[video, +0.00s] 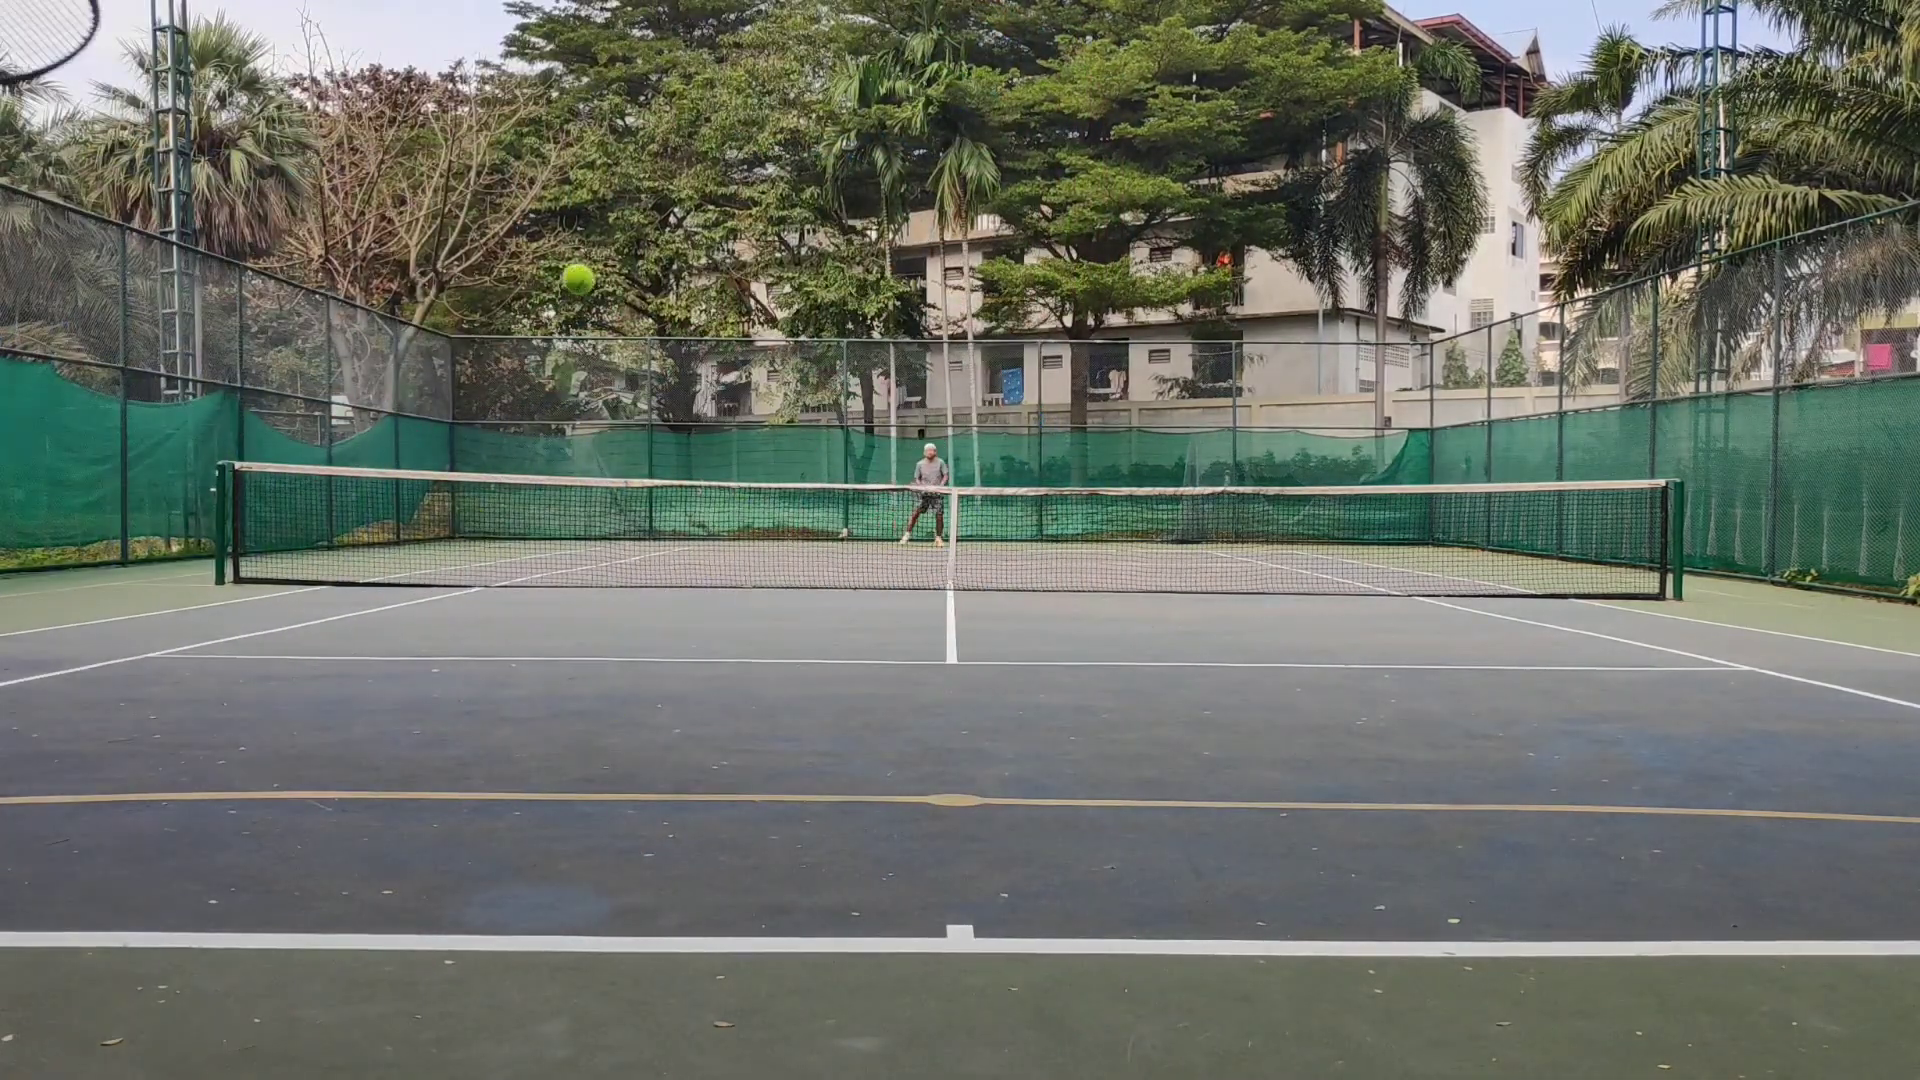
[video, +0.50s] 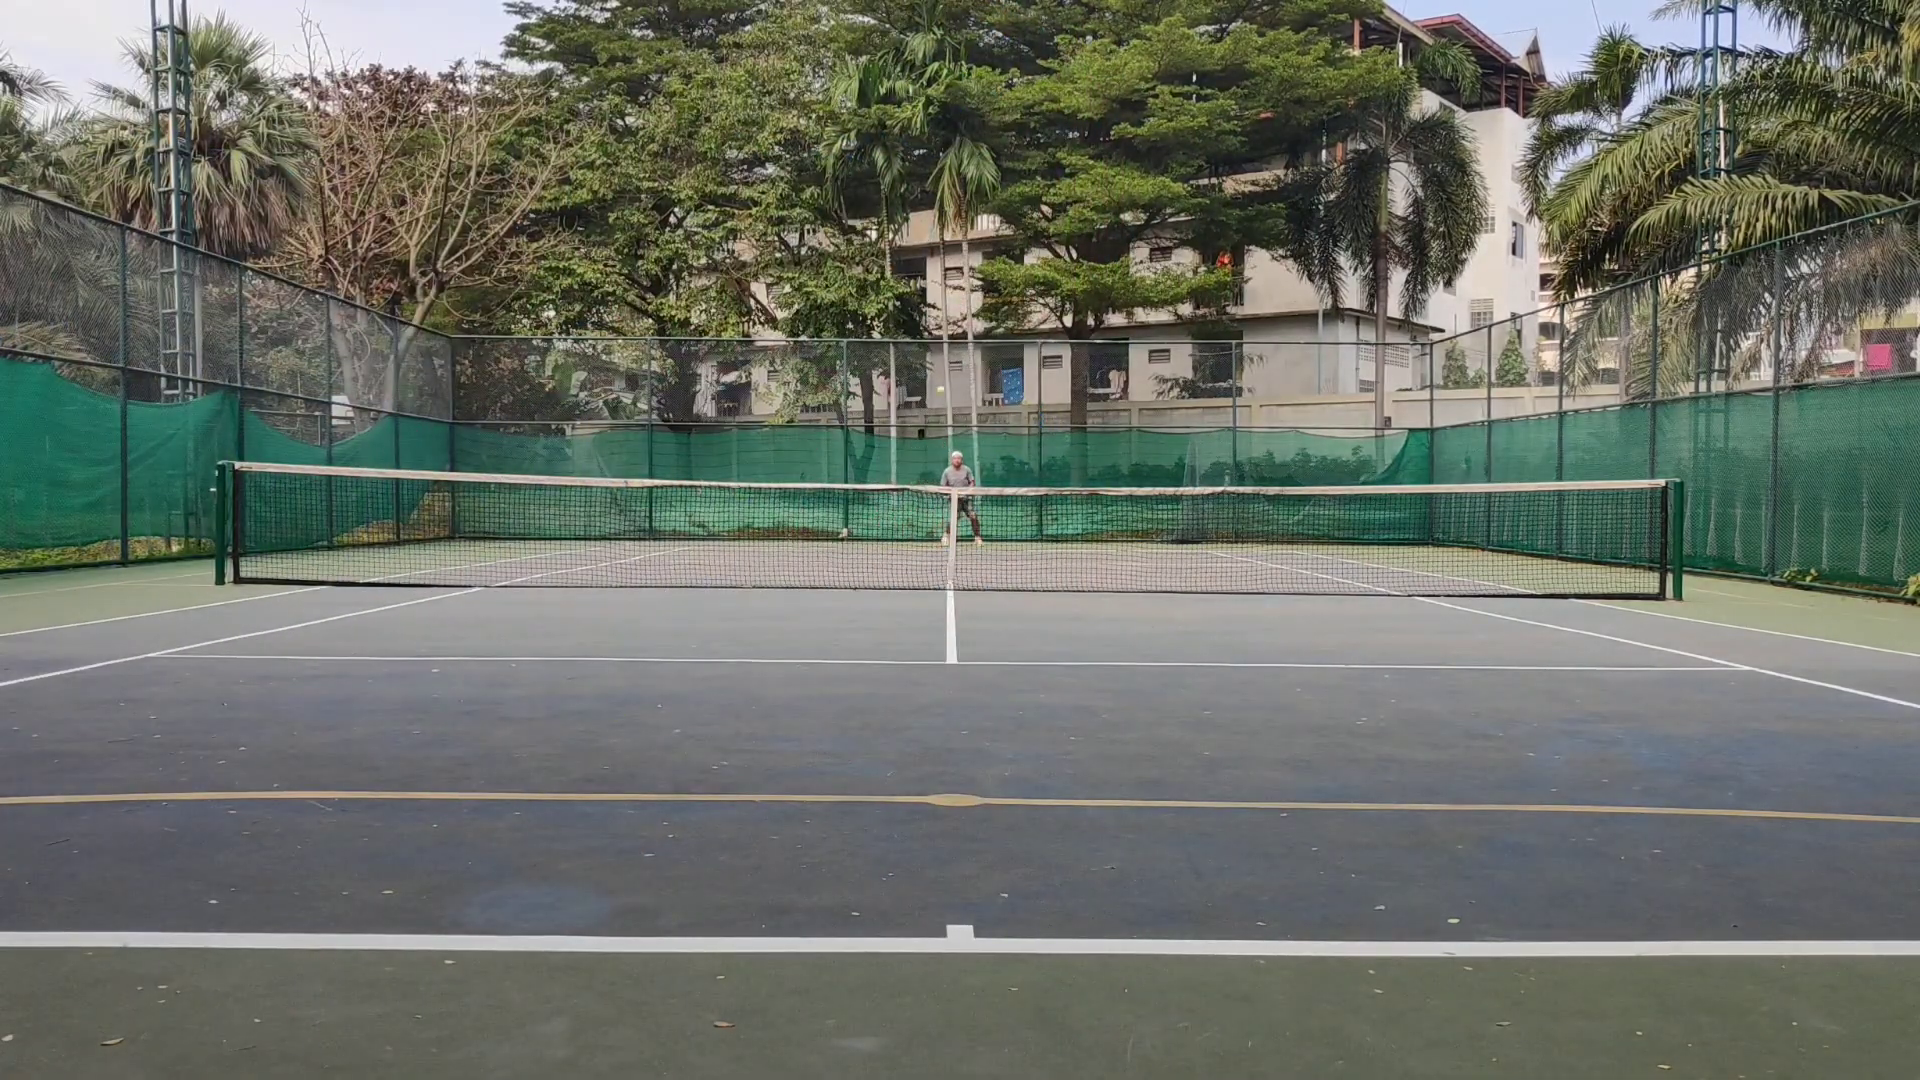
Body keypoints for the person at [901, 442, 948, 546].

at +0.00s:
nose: (930, 453)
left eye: (932, 450)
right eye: (928, 450)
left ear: (935, 452)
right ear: (924, 452)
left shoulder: (940, 462)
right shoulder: (920, 464)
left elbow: (946, 476)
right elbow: (917, 479)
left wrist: (940, 486)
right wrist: (923, 487)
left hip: (937, 492)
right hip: (925, 492)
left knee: (939, 515)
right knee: (917, 511)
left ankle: (939, 536)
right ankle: (908, 532)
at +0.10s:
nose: (935, 448)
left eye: (937, 446)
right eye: (933, 446)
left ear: (940, 447)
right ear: (930, 448)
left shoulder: (946, 458)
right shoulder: (926, 459)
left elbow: (952, 471)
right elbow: (922, 474)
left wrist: (945, 481)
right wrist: (928, 482)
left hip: (943, 486)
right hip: (930, 486)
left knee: (945, 511)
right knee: (926, 510)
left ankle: (944, 533)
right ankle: (923, 531)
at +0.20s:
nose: (940, 448)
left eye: (942, 446)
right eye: (938, 446)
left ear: (944, 447)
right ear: (934, 448)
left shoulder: (951, 458)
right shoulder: (931, 459)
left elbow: (956, 470)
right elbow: (927, 473)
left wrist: (950, 481)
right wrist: (933, 482)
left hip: (949, 486)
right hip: (937, 487)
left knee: (954, 511)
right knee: (935, 510)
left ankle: (956, 533)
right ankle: (931, 531)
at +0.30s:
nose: (945, 454)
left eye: (947, 451)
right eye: (943, 452)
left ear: (950, 453)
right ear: (940, 453)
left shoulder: (955, 463)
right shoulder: (936, 465)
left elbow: (963, 475)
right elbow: (933, 479)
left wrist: (956, 485)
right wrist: (939, 486)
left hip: (954, 492)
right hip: (942, 492)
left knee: (963, 513)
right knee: (940, 516)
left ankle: (971, 534)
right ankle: (936, 536)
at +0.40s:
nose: (951, 459)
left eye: (953, 457)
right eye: (949, 457)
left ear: (957, 458)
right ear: (946, 459)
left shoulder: (962, 468)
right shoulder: (942, 471)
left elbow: (969, 480)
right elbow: (939, 485)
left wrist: (964, 489)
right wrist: (948, 490)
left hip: (961, 495)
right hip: (949, 496)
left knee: (972, 515)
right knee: (947, 517)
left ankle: (977, 537)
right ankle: (938, 536)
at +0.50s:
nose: (957, 460)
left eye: (959, 458)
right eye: (955, 458)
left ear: (962, 460)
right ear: (952, 460)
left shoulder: (966, 470)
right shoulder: (947, 471)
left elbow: (972, 482)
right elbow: (943, 486)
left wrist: (968, 491)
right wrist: (952, 492)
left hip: (965, 495)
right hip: (953, 496)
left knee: (973, 515)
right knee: (954, 517)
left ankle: (977, 536)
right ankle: (947, 534)